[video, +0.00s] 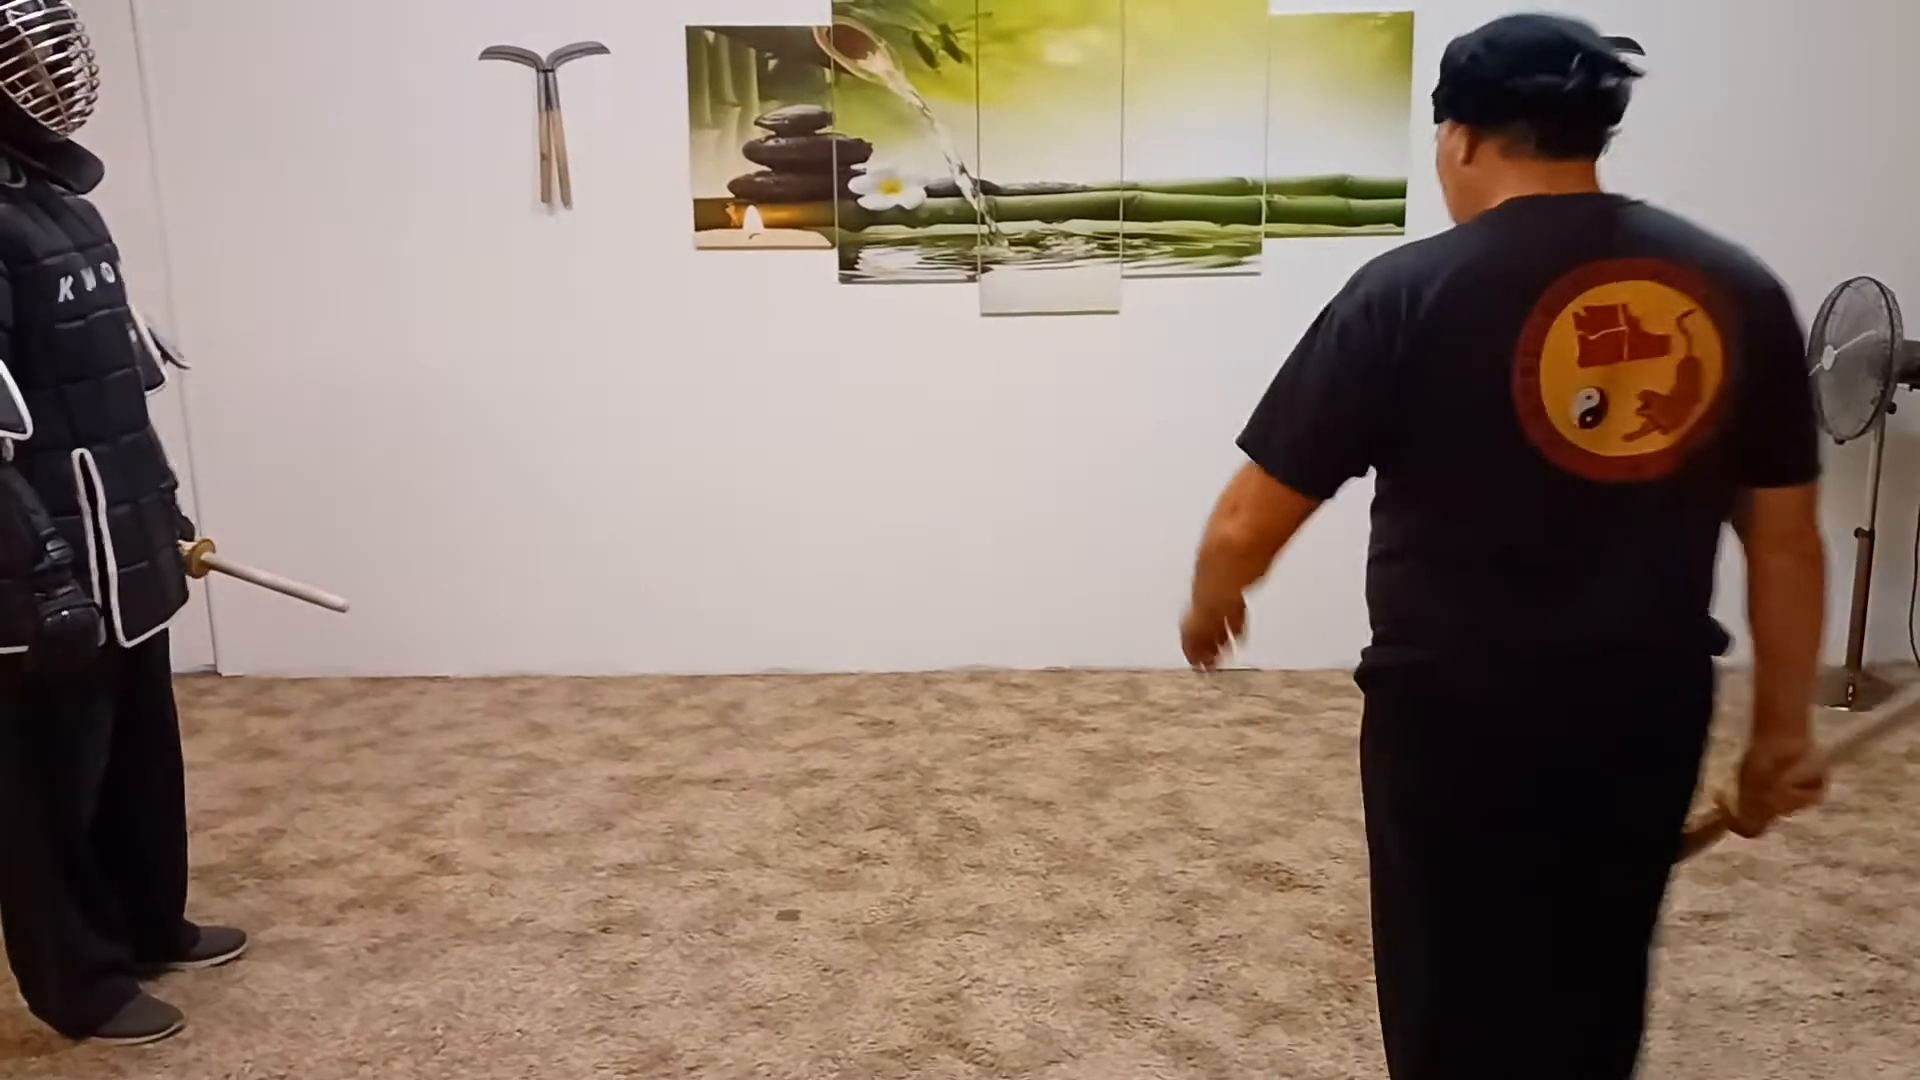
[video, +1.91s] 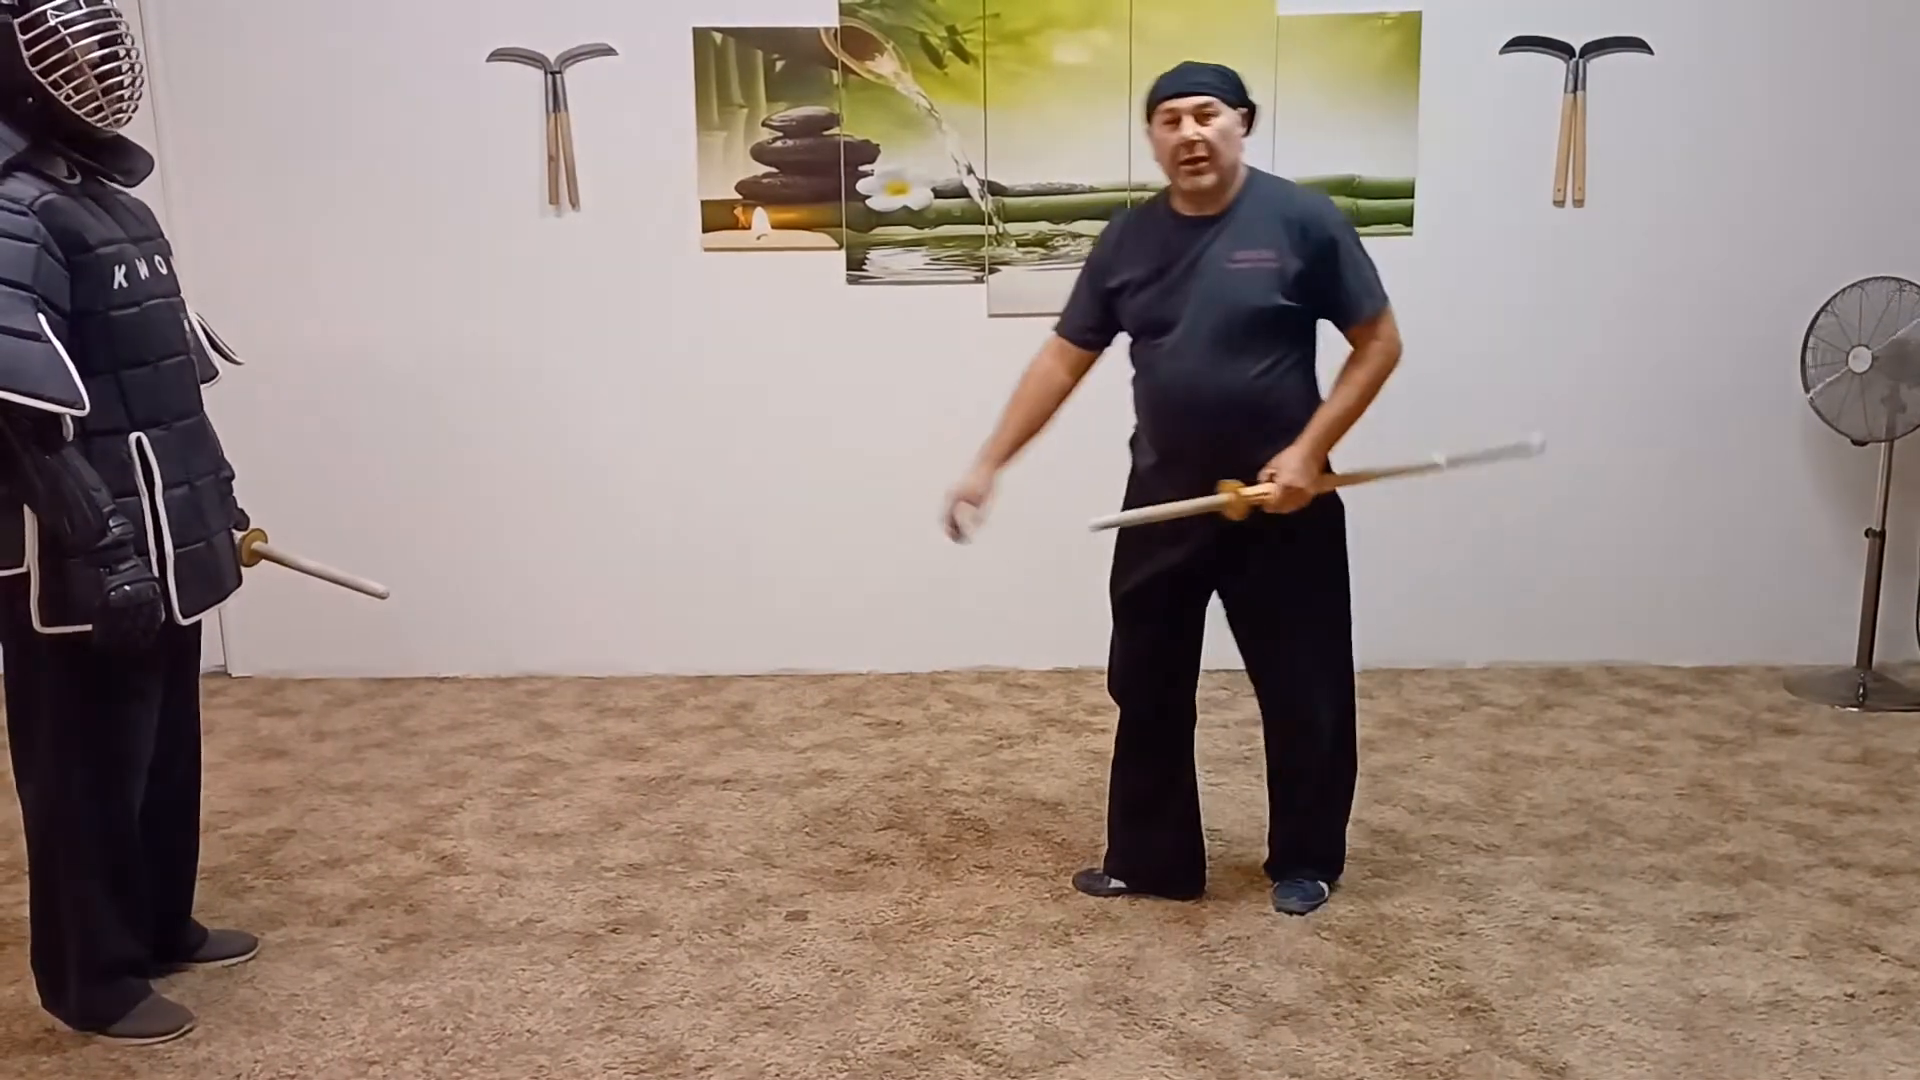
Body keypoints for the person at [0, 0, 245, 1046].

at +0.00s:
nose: (71, 79)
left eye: (70, 59)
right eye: (48, 63)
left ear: (63, 73)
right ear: (4, 81)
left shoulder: (69, 204)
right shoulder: (3, 216)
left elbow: (110, 386)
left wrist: (166, 511)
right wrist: (37, 568)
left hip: (120, 538)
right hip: (43, 558)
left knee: (136, 744)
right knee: (52, 771)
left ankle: (148, 928)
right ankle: (76, 985)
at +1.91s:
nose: (114, 73)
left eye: (114, 53)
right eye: (88, 55)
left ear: (110, 70)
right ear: (35, 72)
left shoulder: (122, 203)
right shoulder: (18, 209)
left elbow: (173, 382)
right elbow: (23, 403)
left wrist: (221, 504)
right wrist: (98, 538)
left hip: (161, 542)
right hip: (75, 555)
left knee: (161, 749)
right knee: (87, 769)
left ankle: (159, 931)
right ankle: (91, 982)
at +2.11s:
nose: (112, 66)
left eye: (112, 47)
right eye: (84, 49)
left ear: (111, 65)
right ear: (30, 71)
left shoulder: (123, 201)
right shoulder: (18, 209)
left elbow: (176, 376)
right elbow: (22, 401)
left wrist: (225, 500)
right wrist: (97, 537)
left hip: (163, 543)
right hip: (75, 555)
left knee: (162, 749)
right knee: (87, 770)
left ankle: (161, 932)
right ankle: (91, 983)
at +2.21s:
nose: (112, 66)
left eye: (112, 47)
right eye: (84, 50)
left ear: (111, 65)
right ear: (30, 71)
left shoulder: (123, 200)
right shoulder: (16, 209)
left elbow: (176, 375)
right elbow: (21, 396)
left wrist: (225, 500)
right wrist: (90, 538)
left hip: (162, 542)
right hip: (74, 556)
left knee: (161, 748)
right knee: (86, 768)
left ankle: (161, 932)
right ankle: (91, 983)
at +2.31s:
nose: (112, 67)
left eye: (112, 48)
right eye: (84, 51)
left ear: (113, 65)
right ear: (30, 71)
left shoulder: (124, 201)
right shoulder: (16, 212)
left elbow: (177, 379)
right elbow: (24, 410)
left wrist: (225, 504)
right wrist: (95, 548)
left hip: (163, 550)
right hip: (75, 564)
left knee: (161, 753)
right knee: (86, 774)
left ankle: (161, 932)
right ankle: (91, 984)